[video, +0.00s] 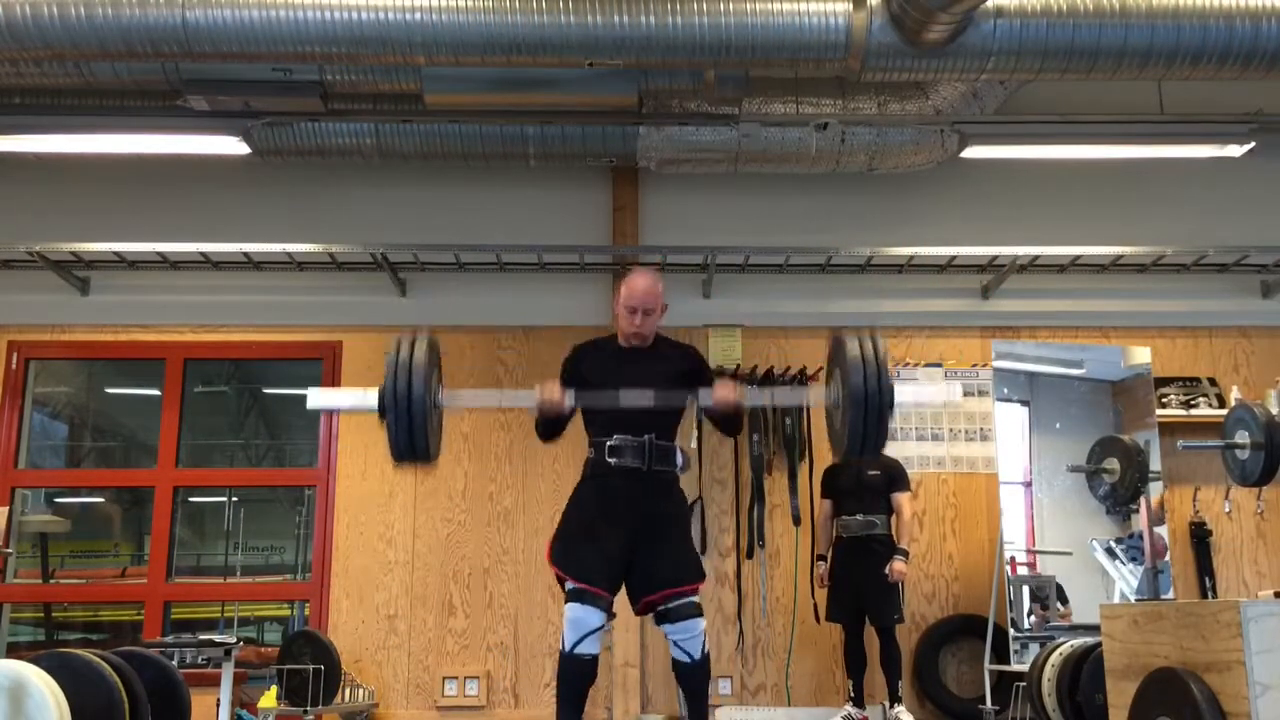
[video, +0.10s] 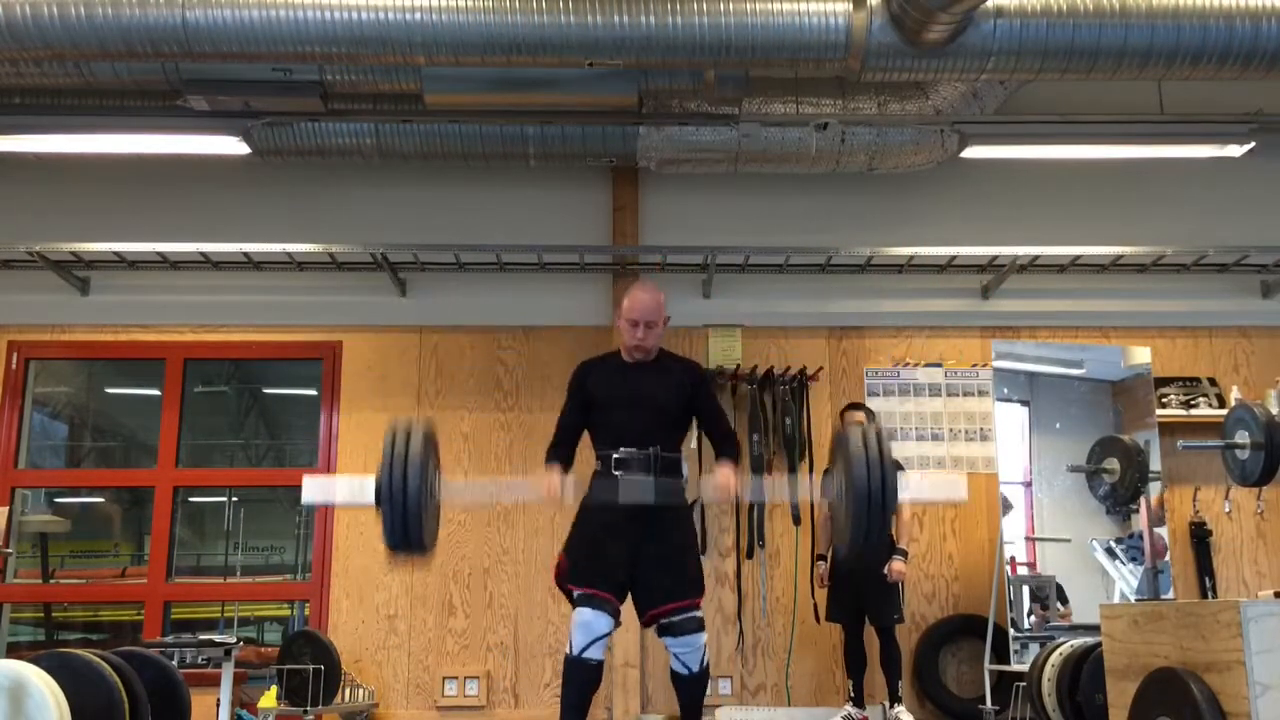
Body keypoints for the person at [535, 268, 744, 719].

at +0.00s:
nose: (639, 321)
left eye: (649, 312)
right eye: (631, 310)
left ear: (663, 311)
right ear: (615, 306)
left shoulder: (684, 361)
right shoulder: (586, 359)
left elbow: (730, 428)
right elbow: (548, 433)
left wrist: (728, 407)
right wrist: (550, 411)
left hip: (661, 502)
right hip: (600, 500)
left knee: (686, 626)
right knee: (583, 622)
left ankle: (698, 716)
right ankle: (568, 717)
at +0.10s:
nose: (640, 335)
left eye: (650, 326)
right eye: (632, 324)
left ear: (665, 323)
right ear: (617, 321)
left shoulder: (688, 376)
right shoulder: (591, 375)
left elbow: (723, 435)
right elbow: (565, 437)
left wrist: (726, 465)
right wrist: (555, 468)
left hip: (667, 517)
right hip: (606, 516)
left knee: (687, 637)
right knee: (589, 627)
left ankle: (691, 718)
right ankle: (571, 718)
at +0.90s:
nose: (611, 359)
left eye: (620, 351)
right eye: (604, 350)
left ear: (634, 350)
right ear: (593, 346)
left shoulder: (656, 395)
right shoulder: (568, 396)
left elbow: (679, 456)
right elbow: (542, 452)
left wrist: (675, 504)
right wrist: (546, 481)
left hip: (641, 514)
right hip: (591, 513)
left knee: (658, 624)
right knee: (594, 627)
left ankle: (677, 709)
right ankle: (592, 710)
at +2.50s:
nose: (580, 359)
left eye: (587, 350)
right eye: (571, 351)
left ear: (596, 343)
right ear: (556, 346)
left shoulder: (625, 384)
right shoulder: (534, 391)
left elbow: (652, 447)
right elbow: (512, 457)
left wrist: (667, 508)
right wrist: (493, 518)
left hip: (614, 515)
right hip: (559, 515)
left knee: (643, 620)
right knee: (552, 625)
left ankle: (632, 706)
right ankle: (543, 716)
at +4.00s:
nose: (583, 401)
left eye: (593, 393)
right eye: (576, 391)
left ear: (611, 376)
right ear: (562, 365)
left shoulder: (640, 404)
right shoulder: (532, 398)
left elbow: (677, 473)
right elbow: (501, 466)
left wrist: (683, 545)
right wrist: (484, 540)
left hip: (617, 518)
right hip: (553, 515)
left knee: (640, 629)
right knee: (530, 624)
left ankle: (648, 716)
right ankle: (521, 716)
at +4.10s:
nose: (582, 450)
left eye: (592, 442)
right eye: (575, 440)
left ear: (610, 428)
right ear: (563, 418)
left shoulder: (635, 442)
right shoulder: (530, 437)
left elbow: (677, 517)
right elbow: (498, 515)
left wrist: (682, 594)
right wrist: (489, 598)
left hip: (614, 529)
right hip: (550, 528)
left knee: (643, 626)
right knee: (529, 625)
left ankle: (652, 715)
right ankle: (523, 715)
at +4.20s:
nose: (581, 506)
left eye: (592, 498)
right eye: (574, 495)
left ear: (614, 476)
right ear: (560, 470)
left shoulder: (638, 483)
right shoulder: (528, 484)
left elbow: (673, 566)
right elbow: (500, 574)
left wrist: (677, 644)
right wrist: (493, 655)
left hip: (615, 545)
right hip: (548, 546)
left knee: (641, 632)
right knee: (531, 627)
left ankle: (656, 715)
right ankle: (524, 715)